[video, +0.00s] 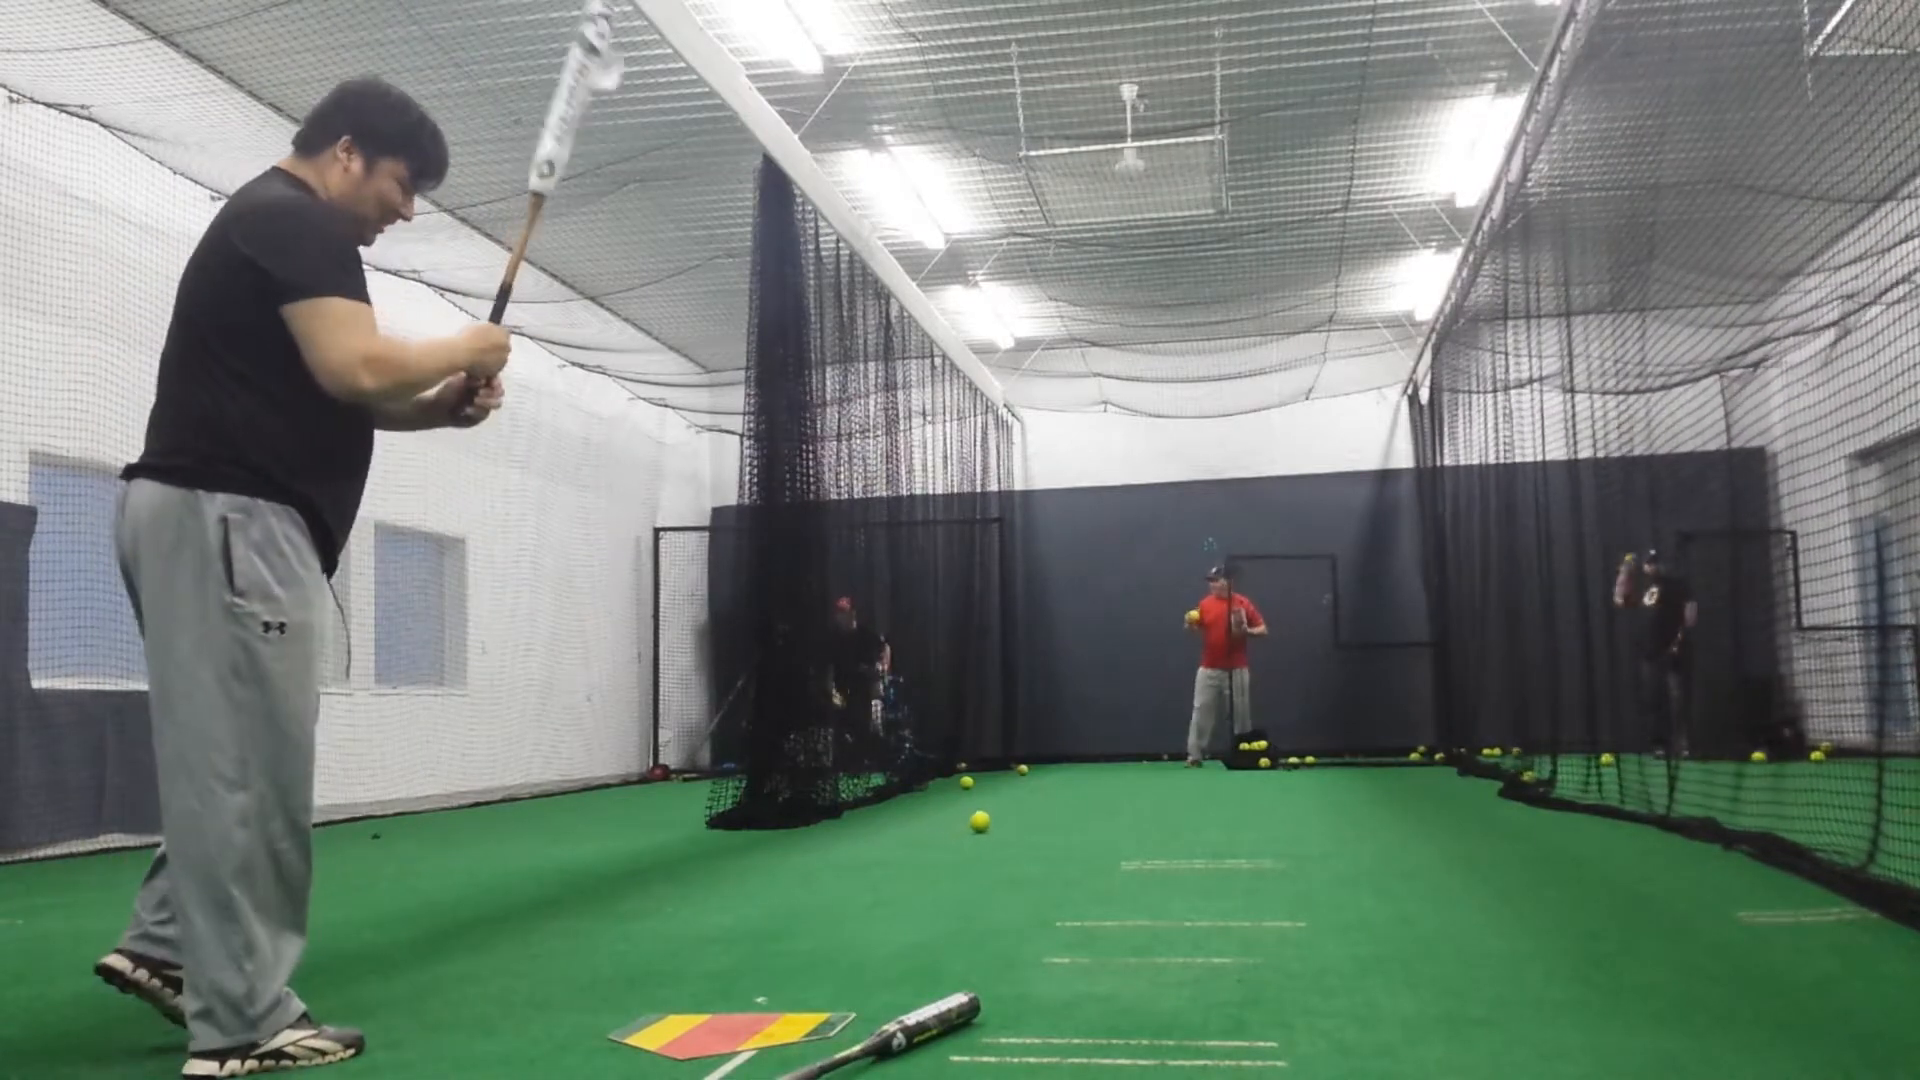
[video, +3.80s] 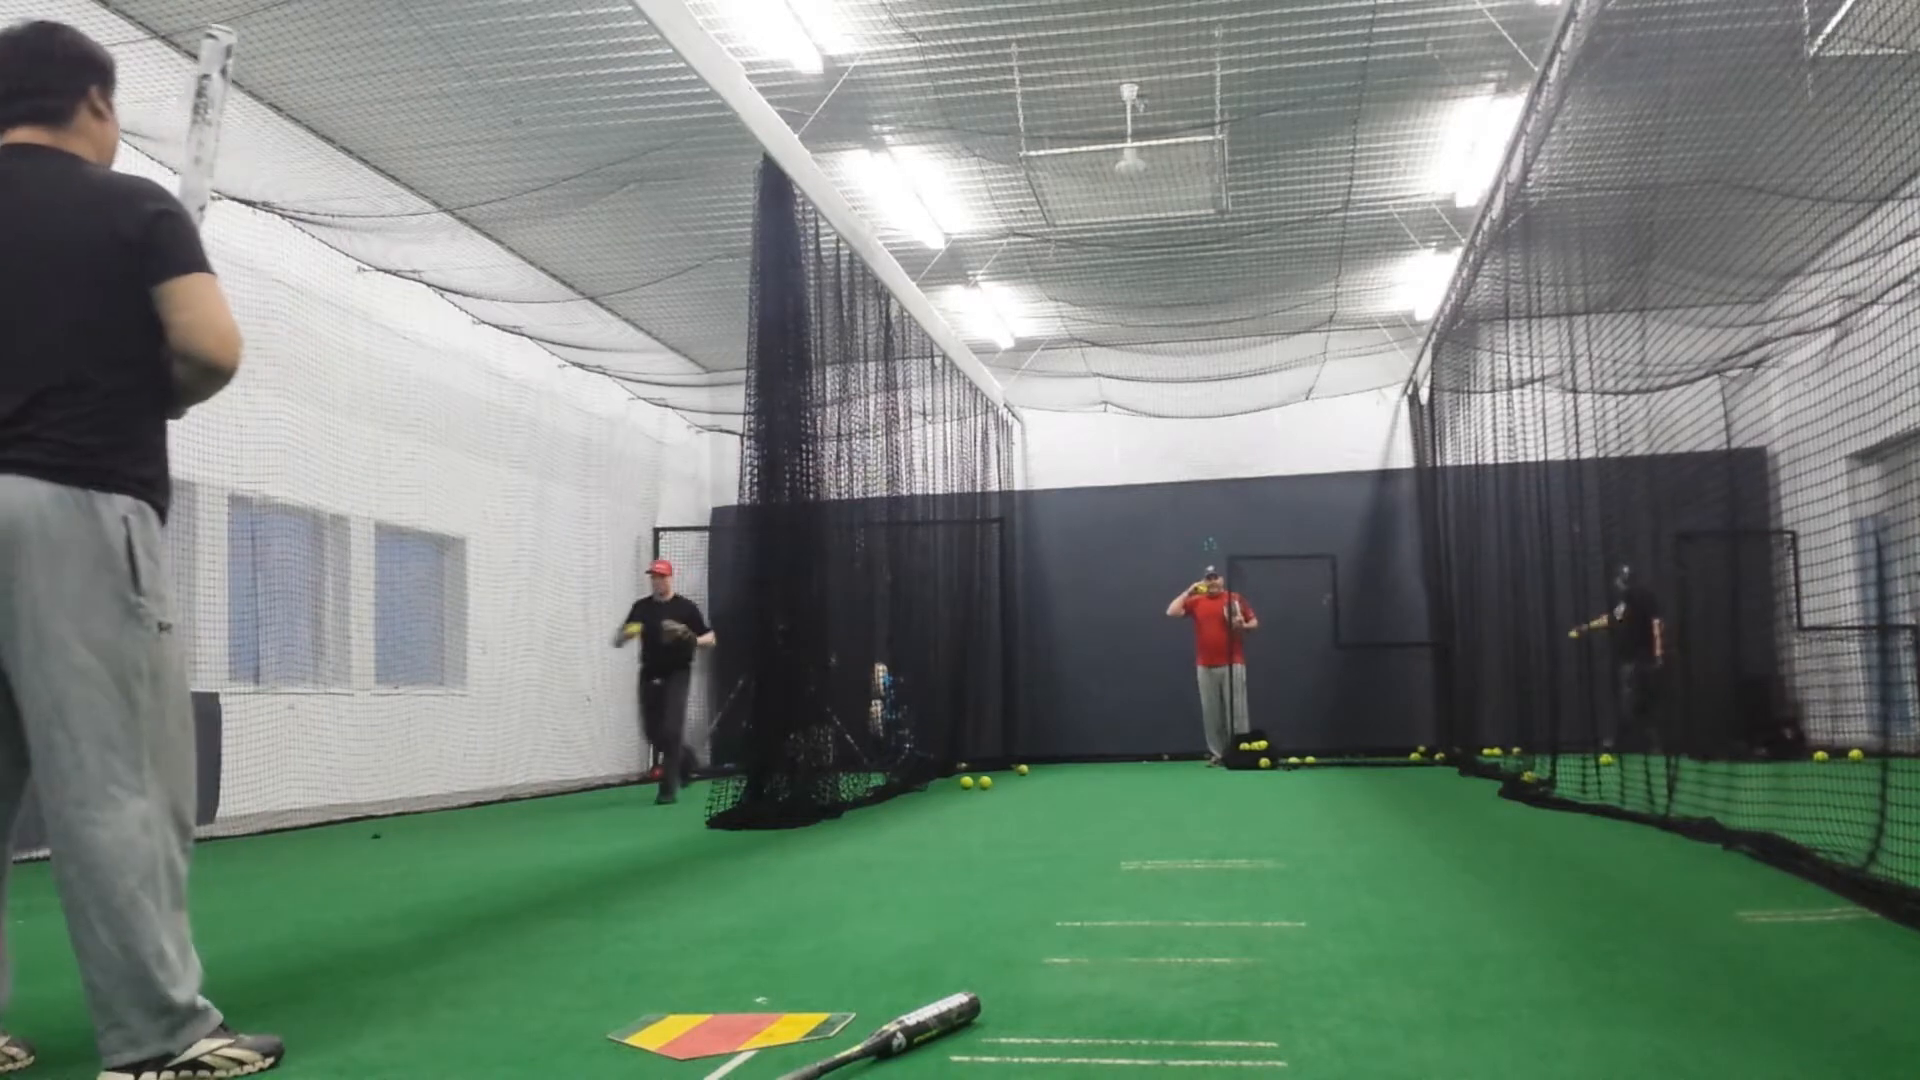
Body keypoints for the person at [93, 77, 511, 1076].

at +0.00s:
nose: (404, 212)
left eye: (413, 195)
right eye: (401, 186)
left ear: (339, 161)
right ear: (347, 153)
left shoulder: (284, 225)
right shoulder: (294, 218)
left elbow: (333, 395)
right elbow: (357, 367)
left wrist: (444, 407)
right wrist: (462, 350)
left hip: (219, 515)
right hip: (228, 519)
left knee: (239, 756)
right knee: (249, 773)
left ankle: (163, 942)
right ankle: (242, 1025)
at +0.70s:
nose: (370, 188)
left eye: (371, 169)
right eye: (369, 167)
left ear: (263, 152)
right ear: (341, 160)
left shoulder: (195, 228)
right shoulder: (339, 262)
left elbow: (249, 387)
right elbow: (392, 427)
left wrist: (360, 480)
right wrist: (429, 513)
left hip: (117, 511)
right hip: (226, 520)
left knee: (143, 771)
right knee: (257, 771)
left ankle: (148, 1009)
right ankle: (242, 1020)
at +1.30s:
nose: (282, 190)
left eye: (280, 172)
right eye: (279, 171)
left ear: (182, 164)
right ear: (250, 165)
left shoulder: (152, 238)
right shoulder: (237, 240)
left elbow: (172, 386)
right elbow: (263, 371)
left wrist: (311, 455)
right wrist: (353, 463)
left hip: (100, 514)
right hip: (179, 516)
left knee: (138, 768)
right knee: (238, 759)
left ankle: (152, 1007)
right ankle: (251, 1004)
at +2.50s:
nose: (259, 127)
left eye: (254, 110)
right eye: (255, 109)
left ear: (148, 114)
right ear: (231, 107)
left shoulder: (89, 217)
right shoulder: (237, 201)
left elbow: (83, 370)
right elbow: (274, 332)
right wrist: (339, 382)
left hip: (85, 510)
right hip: (185, 515)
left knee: (144, 768)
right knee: (190, 776)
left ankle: (175, 994)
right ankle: (157, 1031)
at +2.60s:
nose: (260, 123)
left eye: (256, 106)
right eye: (257, 106)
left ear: (147, 108)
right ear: (234, 104)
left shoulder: (81, 212)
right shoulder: (247, 203)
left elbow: (52, 370)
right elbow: (290, 337)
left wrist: (106, 444)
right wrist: (344, 385)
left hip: (73, 510)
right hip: (182, 516)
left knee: (132, 769)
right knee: (186, 773)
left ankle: (167, 992)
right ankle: (156, 1033)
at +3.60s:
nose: (163, 120)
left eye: (158, 103)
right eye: (159, 103)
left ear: (38, 109)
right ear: (137, 101)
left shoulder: (2, 194)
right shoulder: (182, 204)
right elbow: (260, 349)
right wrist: (198, 397)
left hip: (5, 510)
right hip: (113, 511)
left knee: (6, 787)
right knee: (145, 779)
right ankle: (159, 1035)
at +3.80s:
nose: (118, 130)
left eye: (113, 113)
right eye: (113, 112)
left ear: (11, 109)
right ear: (87, 104)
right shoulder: (127, 205)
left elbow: (207, 350)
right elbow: (213, 349)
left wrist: (135, 387)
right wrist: (144, 396)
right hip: (64, 509)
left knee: (12, 790)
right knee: (114, 777)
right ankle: (156, 1032)